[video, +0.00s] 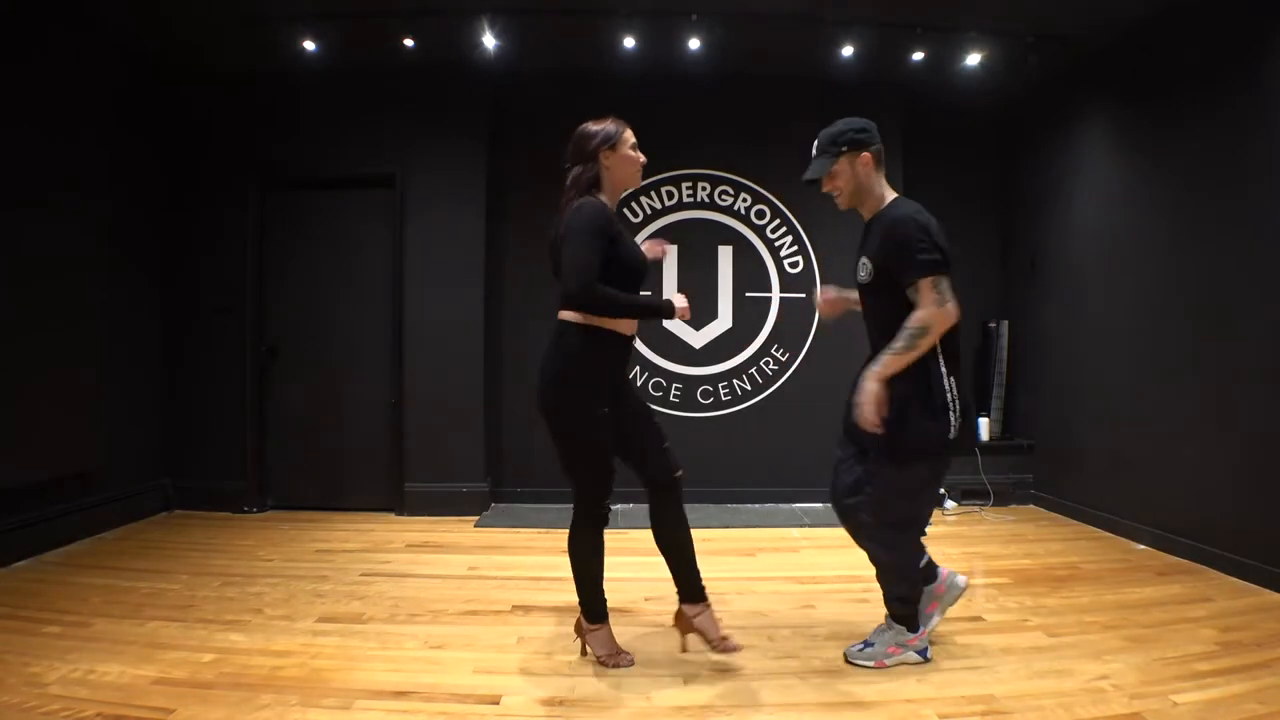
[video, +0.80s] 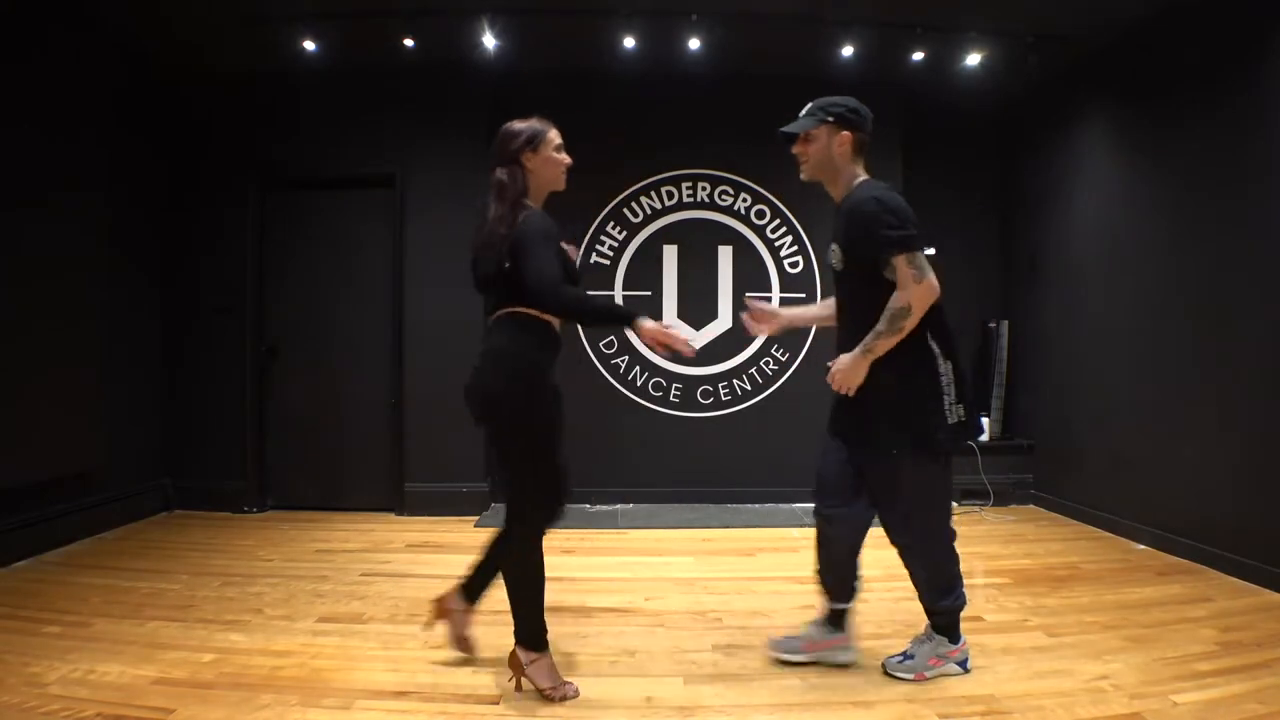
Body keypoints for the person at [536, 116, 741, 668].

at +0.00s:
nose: (642, 158)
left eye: (639, 149)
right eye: (632, 149)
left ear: (607, 162)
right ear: (603, 160)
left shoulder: (605, 215)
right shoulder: (587, 215)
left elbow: (604, 275)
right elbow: (579, 289)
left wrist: (638, 252)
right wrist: (664, 307)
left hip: (609, 372)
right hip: (577, 374)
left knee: (665, 479)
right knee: (592, 498)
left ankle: (694, 605)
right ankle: (593, 621)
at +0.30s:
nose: (647, 170)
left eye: (645, 161)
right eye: (638, 160)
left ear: (618, 169)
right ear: (609, 167)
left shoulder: (628, 238)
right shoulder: (582, 216)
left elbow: (646, 322)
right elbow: (538, 249)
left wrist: (693, 295)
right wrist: (627, 248)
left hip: (629, 381)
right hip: (593, 380)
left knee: (665, 506)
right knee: (656, 505)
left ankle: (659, 630)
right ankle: (597, 616)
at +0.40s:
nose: (641, 174)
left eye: (639, 165)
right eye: (631, 165)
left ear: (615, 174)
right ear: (601, 172)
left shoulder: (624, 239)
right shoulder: (573, 220)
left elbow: (637, 328)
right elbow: (556, 262)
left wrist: (698, 352)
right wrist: (629, 241)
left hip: (628, 384)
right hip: (589, 385)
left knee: (664, 508)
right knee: (657, 508)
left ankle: (659, 632)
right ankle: (579, 618)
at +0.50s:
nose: (624, 169)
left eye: (622, 160)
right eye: (614, 160)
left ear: (593, 167)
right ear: (583, 166)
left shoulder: (598, 229)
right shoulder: (558, 224)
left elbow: (593, 322)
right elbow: (590, 298)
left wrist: (619, 382)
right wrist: (641, 254)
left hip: (603, 381)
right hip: (569, 382)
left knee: (644, 503)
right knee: (611, 518)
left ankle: (655, 632)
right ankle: (541, 642)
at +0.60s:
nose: (610, 159)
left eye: (607, 149)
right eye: (600, 150)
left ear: (577, 160)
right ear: (569, 159)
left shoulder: (565, 219)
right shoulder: (558, 219)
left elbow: (556, 305)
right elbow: (597, 305)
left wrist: (595, 325)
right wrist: (670, 283)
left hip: (568, 374)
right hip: (551, 375)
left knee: (619, 501)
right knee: (576, 512)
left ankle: (642, 630)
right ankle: (534, 646)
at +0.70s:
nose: (595, 154)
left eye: (591, 145)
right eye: (585, 146)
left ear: (556, 158)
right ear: (554, 157)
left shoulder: (538, 218)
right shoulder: (555, 220)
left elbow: (502, 291)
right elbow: (591, 305)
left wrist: (561, 312)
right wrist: (679, 322)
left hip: (537, 378)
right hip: (534, 381)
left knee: (604, 488)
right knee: (548, 505)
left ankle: (568, 622)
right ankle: (532, 645)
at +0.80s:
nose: (568, 159)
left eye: (564, 149)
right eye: (557, 150)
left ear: (527, 165)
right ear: (527, 162)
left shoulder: (510, 222)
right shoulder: (531, 224)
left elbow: (517, 299)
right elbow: (554, 298)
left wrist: (562, 265)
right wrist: (636, 319)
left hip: (507, 368)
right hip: (519, 370)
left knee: (539, 500)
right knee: (531, 508)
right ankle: (532, 649)